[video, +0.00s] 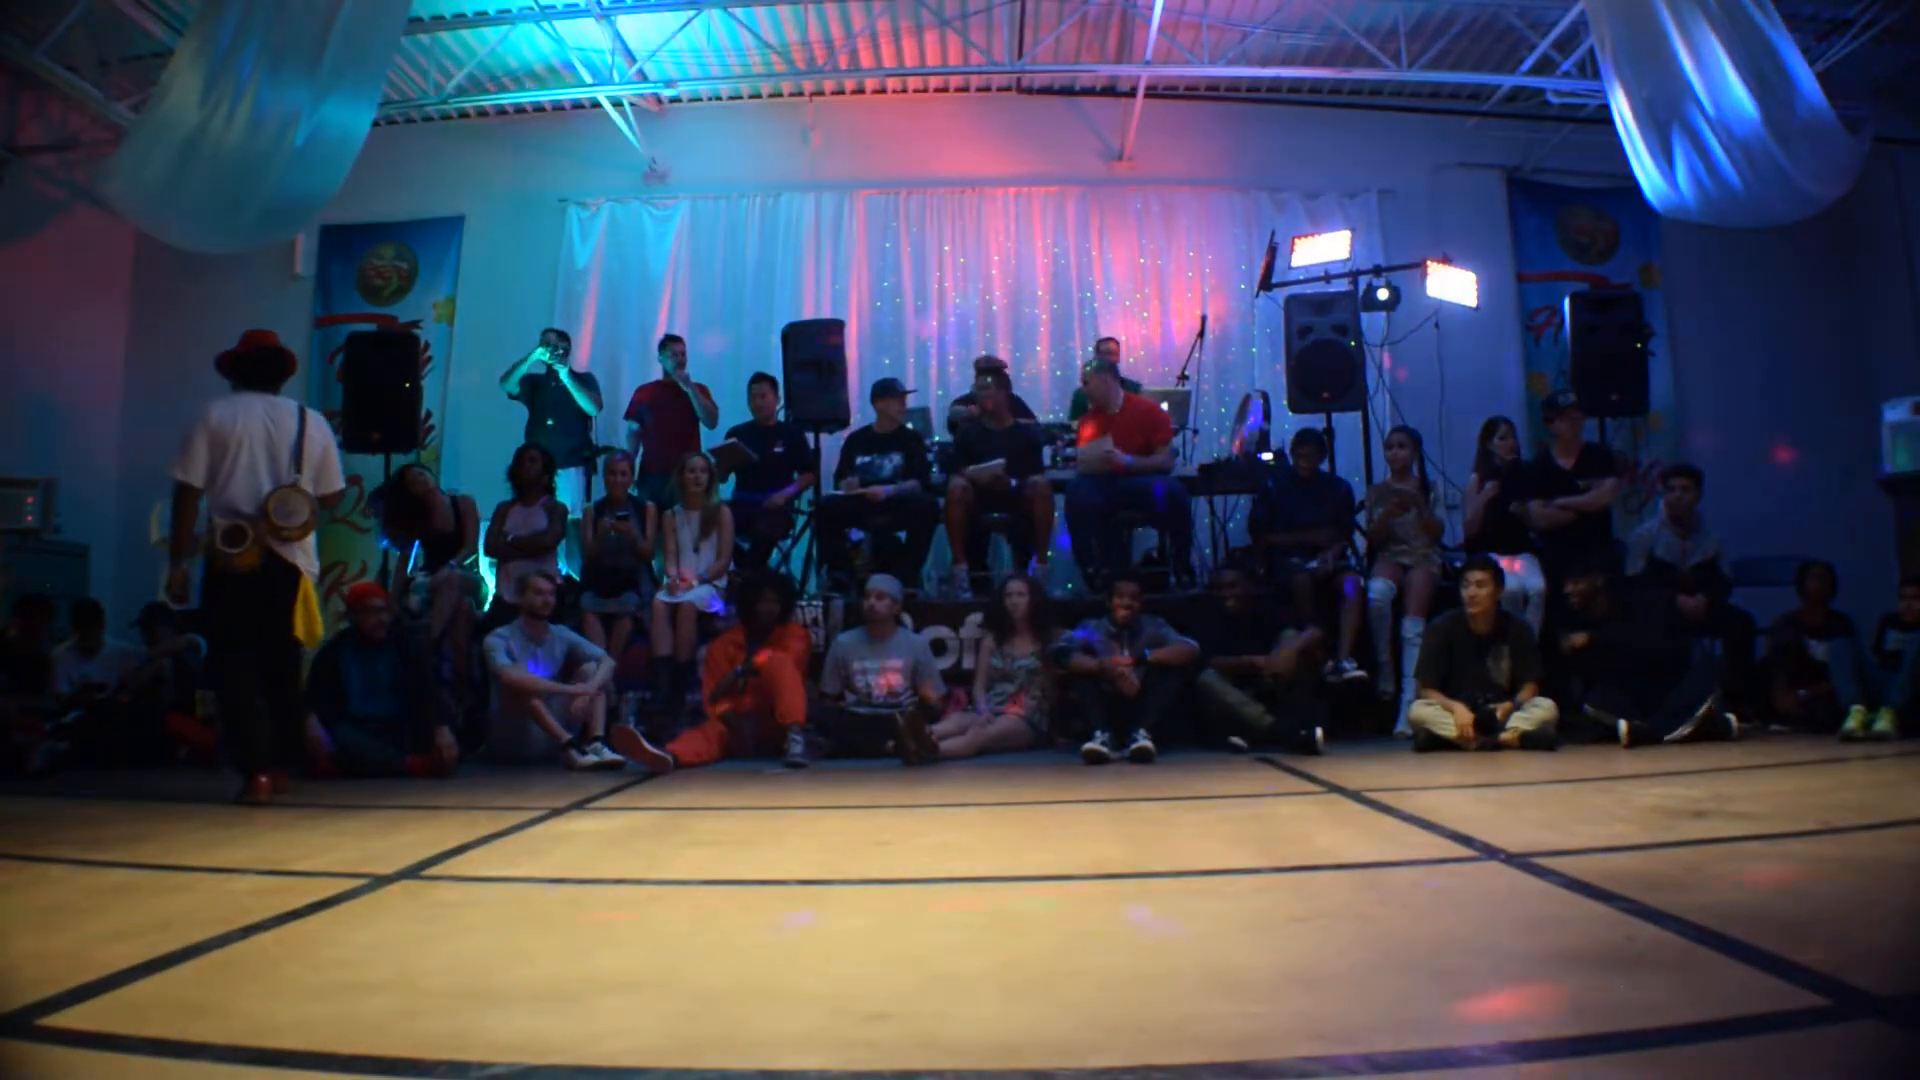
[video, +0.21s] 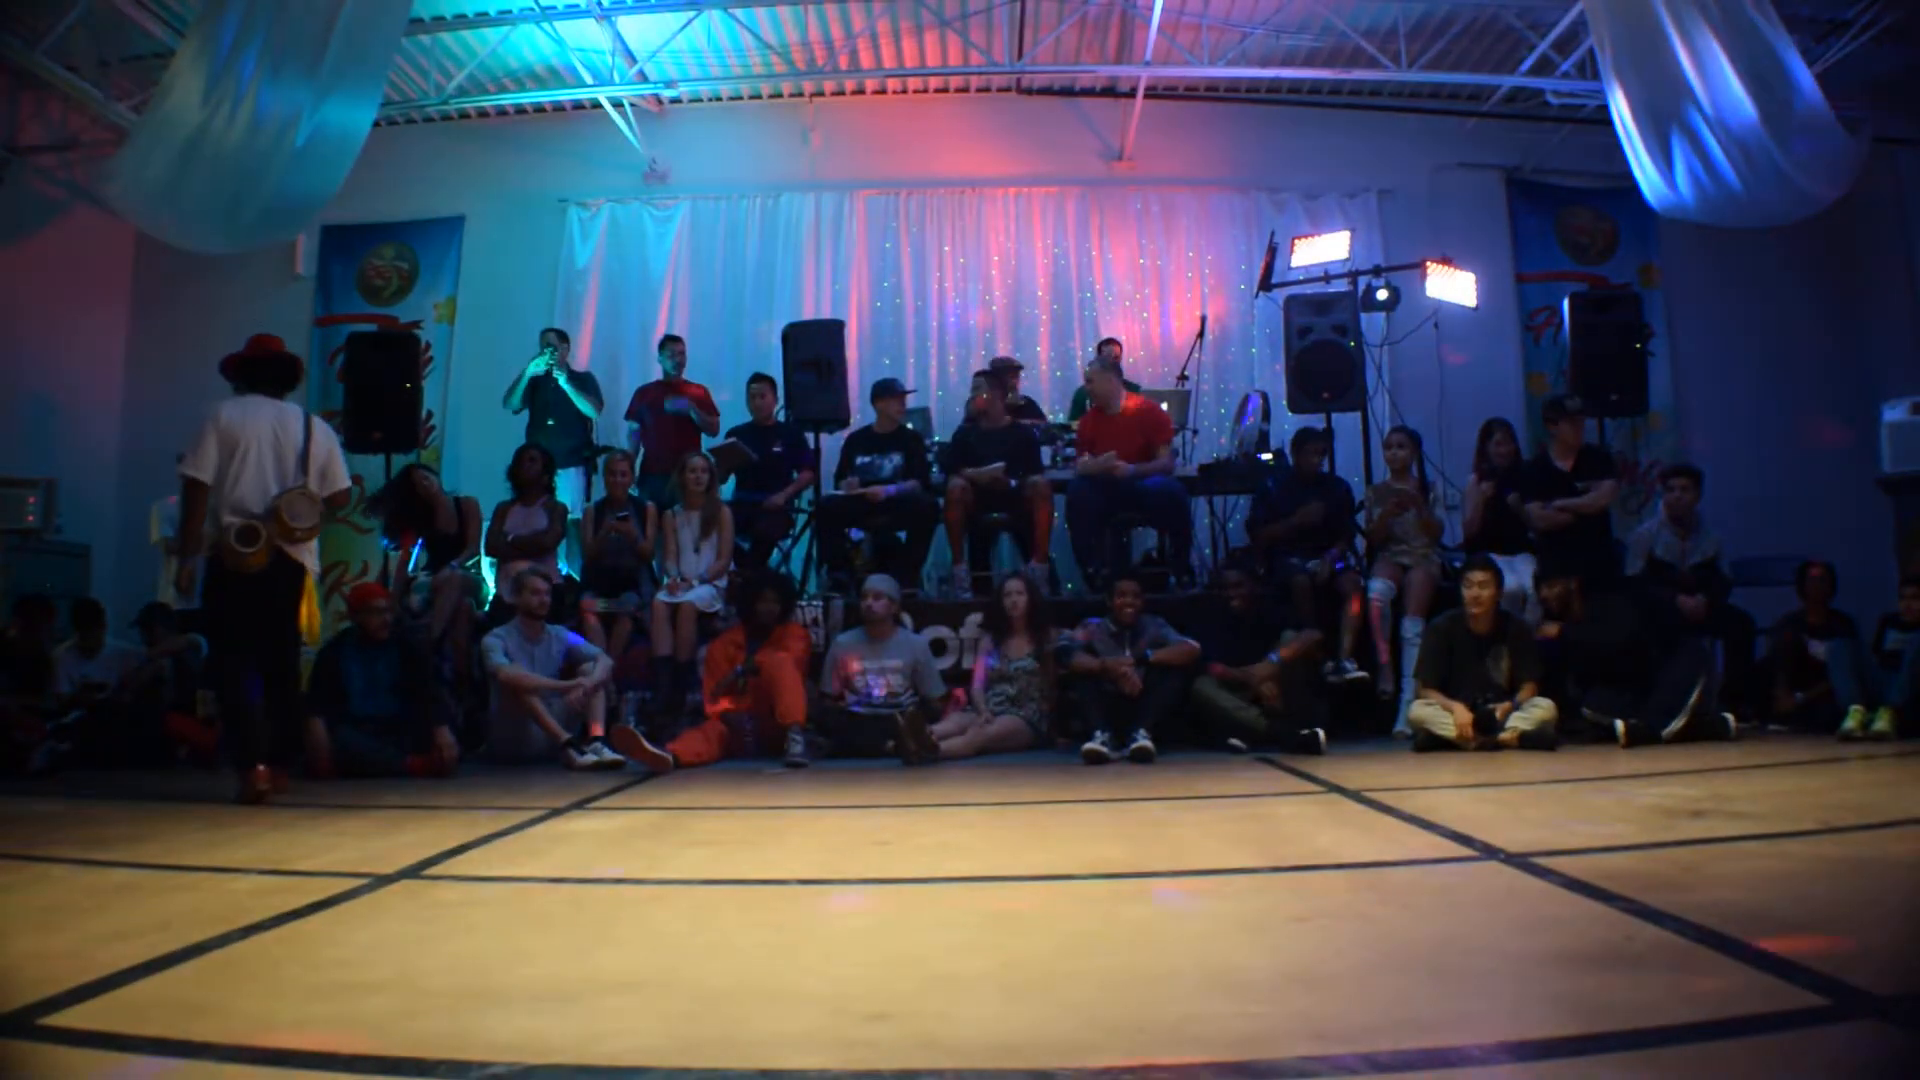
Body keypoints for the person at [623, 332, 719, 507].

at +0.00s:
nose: (679, 359)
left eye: (682, 354)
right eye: (673, 355)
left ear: (686, 356)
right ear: (661, 359)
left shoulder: (698, 390)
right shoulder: (645, 393)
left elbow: (711, 421)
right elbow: (633, 436)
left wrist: (688, 387)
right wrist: (627, 475)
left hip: (688, 476)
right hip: (653, 474)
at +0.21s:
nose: (677, 360)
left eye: (681, 354)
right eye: (671, 355)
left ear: (686, 357)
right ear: (660, 359)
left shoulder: (698, 392)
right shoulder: (644, 393)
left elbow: (713, 429)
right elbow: (633, 436)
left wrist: (691, 410)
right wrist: (628, 473)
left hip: (688, 476)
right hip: (653, 473)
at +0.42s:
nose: (659, 361)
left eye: (664, 355)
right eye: (656, 356)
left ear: (680, 356)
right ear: (654, 360)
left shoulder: (699, 393)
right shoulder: (644, 393)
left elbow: (711, 433)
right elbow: (634, 433)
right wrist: (628, 469)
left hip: (686, 476)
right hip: (652, 473)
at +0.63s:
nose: (656, 361)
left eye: (661, 355)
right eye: (655, 356)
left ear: (678, 356)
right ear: (653, 360)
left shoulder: (699, 393)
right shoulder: (644, 393)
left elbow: (709, 436)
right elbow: (634, 435)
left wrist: (711, 476)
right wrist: (628, 471)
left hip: (687, 477)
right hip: (651, 475)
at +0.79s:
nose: (657, 361)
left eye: (662, 355)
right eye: (656, 356)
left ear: (679, 356)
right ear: (654, 360)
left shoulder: (700, 392)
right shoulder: (646, 393)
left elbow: (713, 436)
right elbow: (635, 434)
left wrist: (718, 475)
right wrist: (628, 471)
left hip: (688, 478)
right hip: (652, 475)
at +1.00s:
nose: (661, 361)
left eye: (665, 356)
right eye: (659, 357)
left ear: (681, 357)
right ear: (657, 361)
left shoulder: (701, 393)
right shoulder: (648, 394)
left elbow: (713, 434)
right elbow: (638, 435)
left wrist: (717, 471)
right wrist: (631, 470)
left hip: (690, 477)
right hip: (655, 475)